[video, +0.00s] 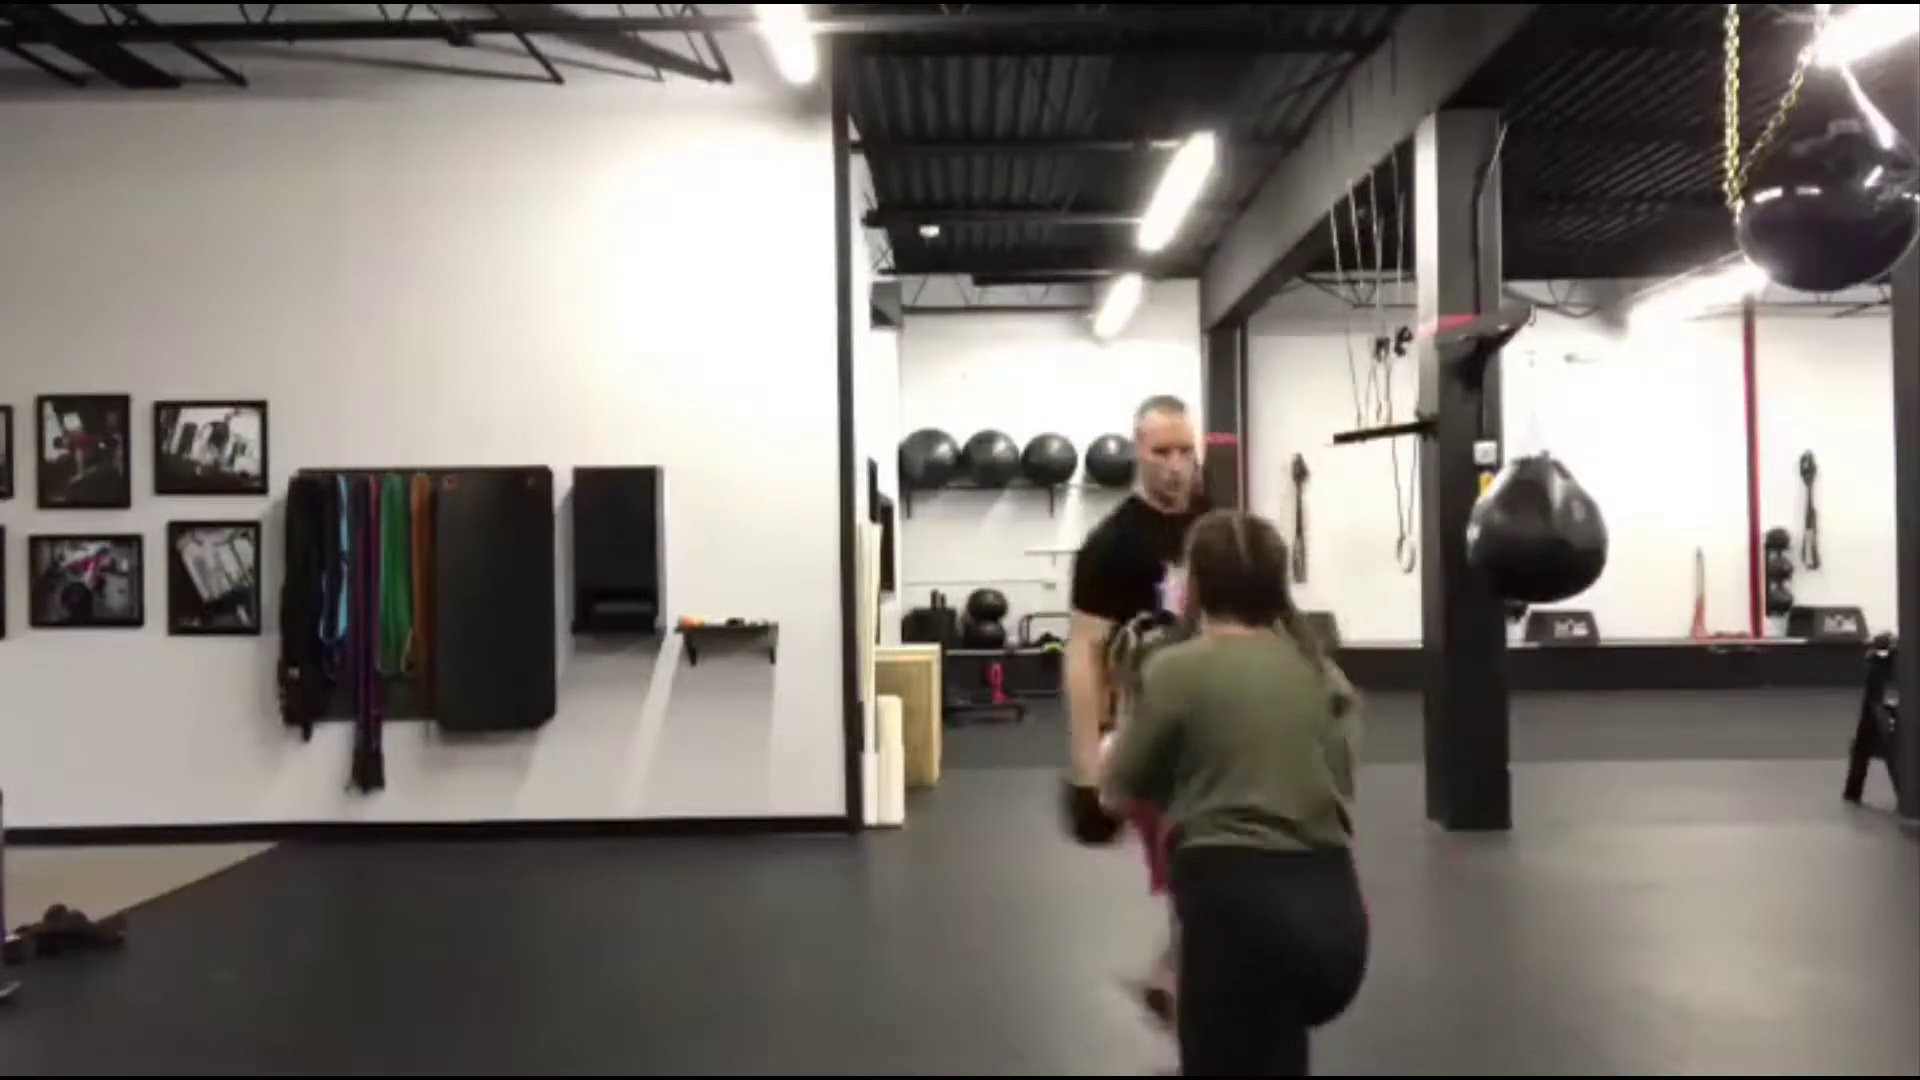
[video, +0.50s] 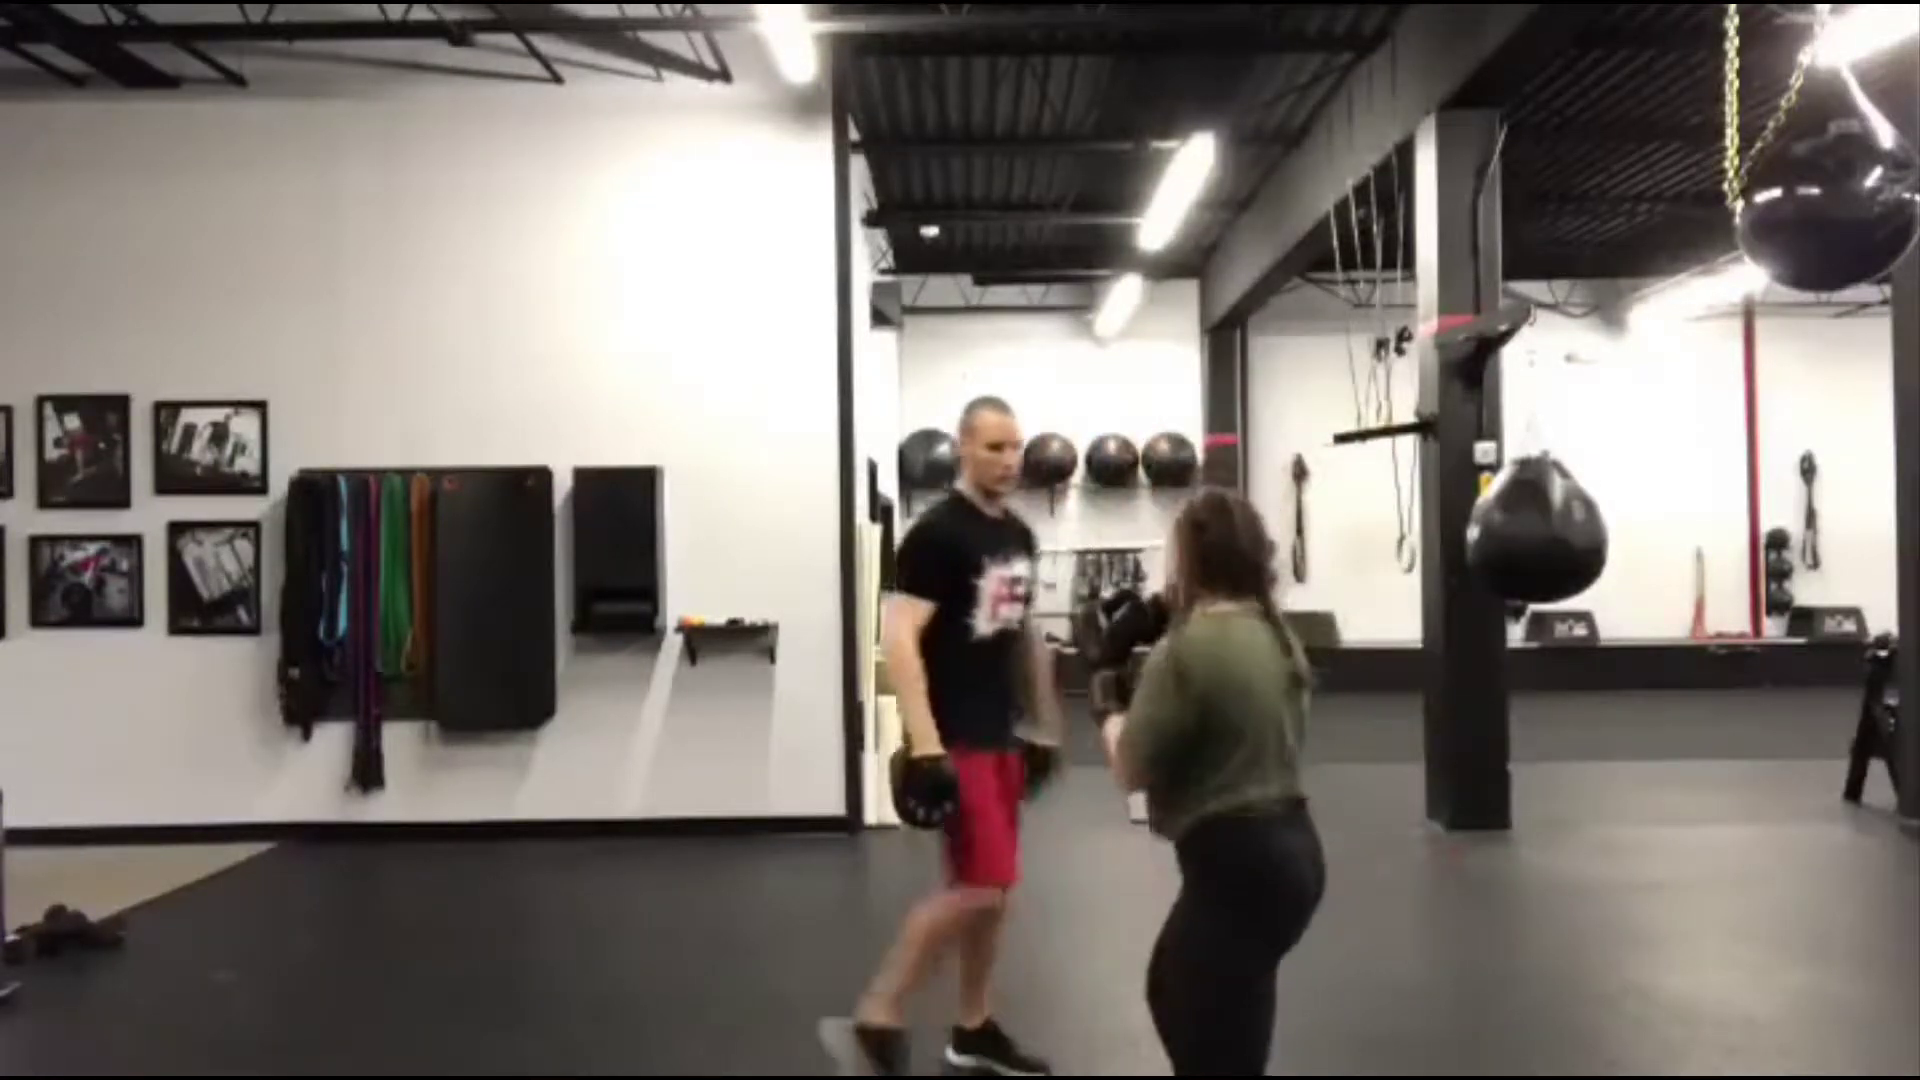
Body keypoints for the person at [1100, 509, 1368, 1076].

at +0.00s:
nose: (1176, 584)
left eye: (1183, 571)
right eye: (1182, 570)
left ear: (1195, 585)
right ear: (1276, 581)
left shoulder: (1175, 671)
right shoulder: (1320, 673)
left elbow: (1119, 786)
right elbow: (1339, 786)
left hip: (1229, 910)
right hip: (1328, 907)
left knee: (1219, 1060)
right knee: (1278, 1054)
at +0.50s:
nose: (1171, 557)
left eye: (1176, 545)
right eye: (1175, 544)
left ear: (1190, 555)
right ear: (1252, 551)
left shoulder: (1186, 649)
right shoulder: (1277, 635)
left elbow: (1129, 766)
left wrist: (1110, 702)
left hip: (1233, 862)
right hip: (1289, 844)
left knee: (1176, 991)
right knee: (1237, 1000)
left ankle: (1215, 1071)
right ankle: (1236, 1068)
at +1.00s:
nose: (1203, 554)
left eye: (1208, 540)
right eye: (1205, 540)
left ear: (1236, 551)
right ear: (1281, 548)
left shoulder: (1265, 636)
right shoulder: (1306, 623)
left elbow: (1213, 761)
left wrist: (1164, 681)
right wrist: (1213, 662)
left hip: (1317, 876)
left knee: (1314, 1061)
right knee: (1198, 957)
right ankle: (1243, 1069)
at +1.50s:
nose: (1152, 528)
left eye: (1161, 515)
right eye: (1157, 514)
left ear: (1186, 528)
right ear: (1197, 527)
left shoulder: (1220, 611)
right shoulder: (1205, 605)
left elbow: (1159, 725)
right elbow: (1172, 701)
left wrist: (1124, 667)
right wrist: (1138, 648)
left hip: (1248, 825)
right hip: (1209, 822)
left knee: (1258, 1027)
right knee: (1154, 971)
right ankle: (1189, 1070)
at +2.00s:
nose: (1177, 521)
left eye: (1186, 508)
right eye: (1181, 508)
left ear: (1215, 518)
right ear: (1226, 519)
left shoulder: (1259, 597)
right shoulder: (1240, 597)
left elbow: (1208, 706)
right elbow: (1212, 691)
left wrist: (1153, 635)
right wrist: (1169, 629)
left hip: (1301, 817)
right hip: (1263, 815)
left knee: (1321, 1020)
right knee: (1152, 912)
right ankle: (1197, 1064)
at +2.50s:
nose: (1143, 508)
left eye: (1153, 495)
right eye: (1148, 495)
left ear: (1182, 506)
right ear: (1189, 507)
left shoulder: (1216, 589)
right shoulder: (1183, 588)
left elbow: (1150, 680)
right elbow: (1155, 668)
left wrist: (1114, 608)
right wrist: (1122, 601)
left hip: (1231, 791)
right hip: (1189, 788)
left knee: (1257, 973)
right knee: (1140, 934)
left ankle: (1351, 1066)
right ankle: (1148, 1070)